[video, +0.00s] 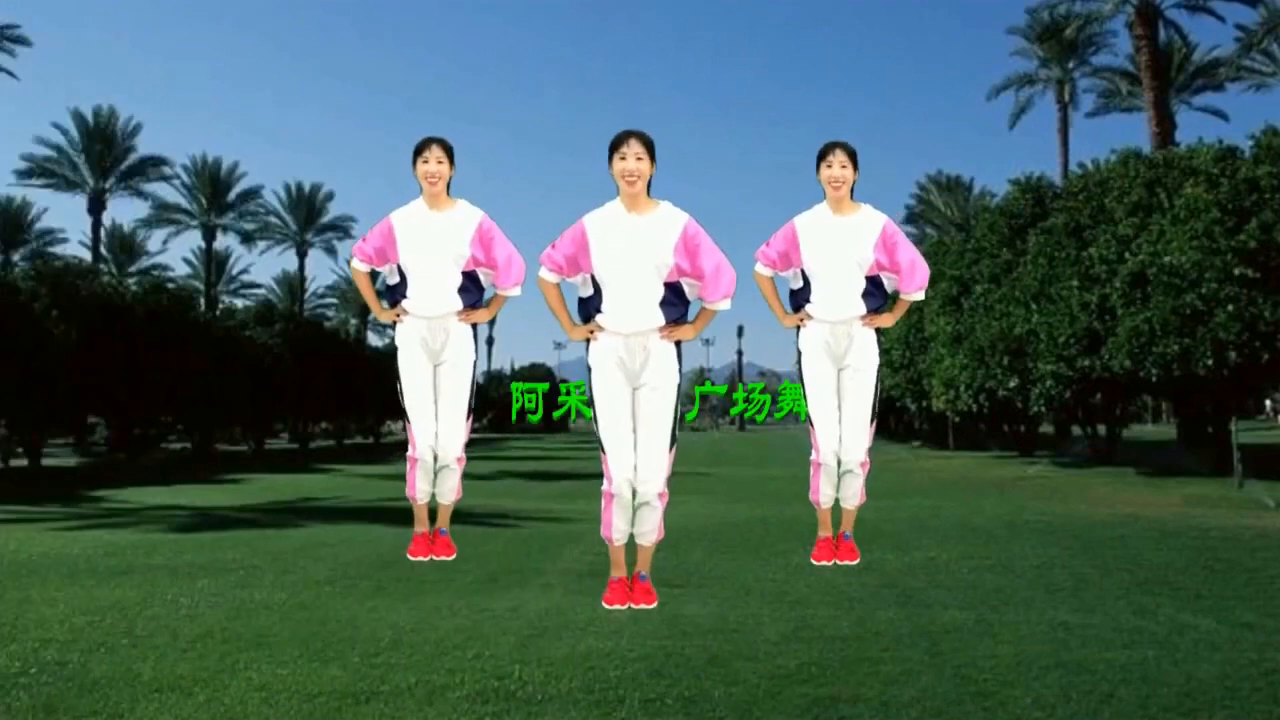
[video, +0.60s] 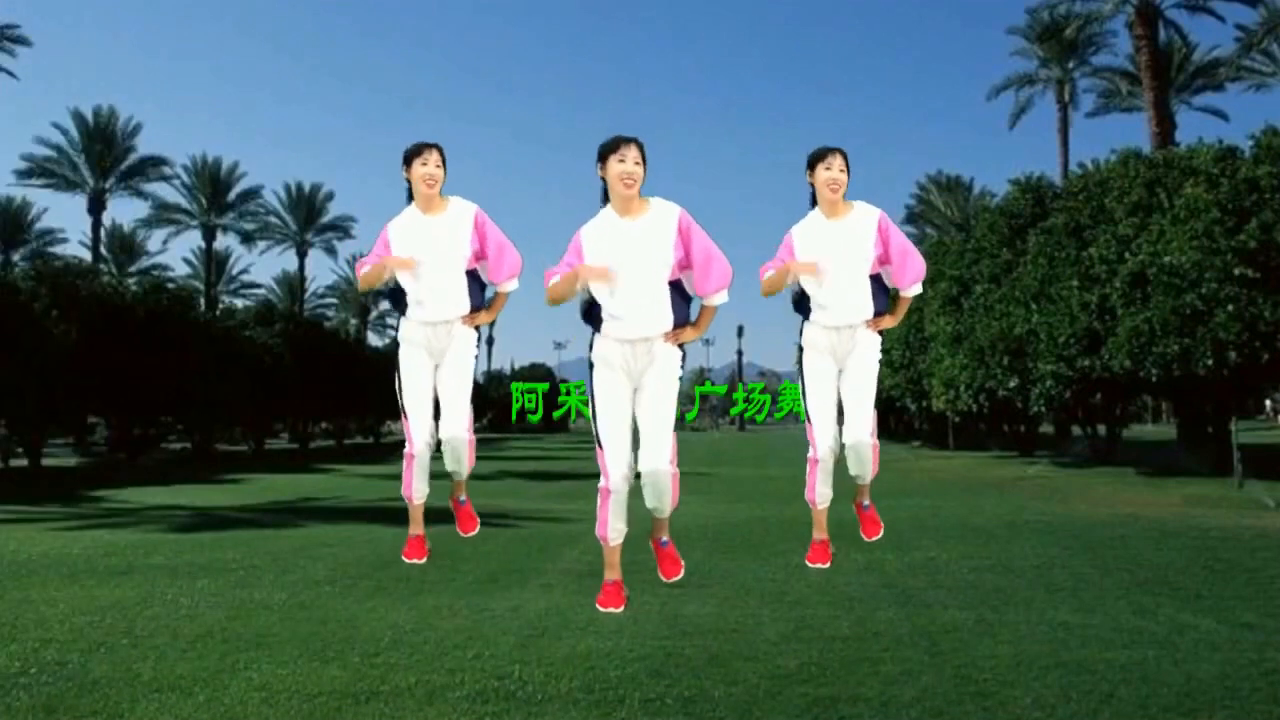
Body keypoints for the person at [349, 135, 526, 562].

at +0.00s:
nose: (433, 168)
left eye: (440, 161)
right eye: (425, 162)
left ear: (451, 169)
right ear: (415, 170)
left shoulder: (472, 218)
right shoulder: (400, 220)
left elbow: (513, 267)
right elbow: (358, 262)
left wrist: (489, 310)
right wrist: (379, 309)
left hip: (458, 330)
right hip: (413, 329)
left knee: (452, 432)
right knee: (421, 431)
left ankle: (443, 528)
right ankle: (421, 529)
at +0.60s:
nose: (431, 170)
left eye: (437, 164)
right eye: (423, 164)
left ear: (445, 174)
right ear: (408, 174)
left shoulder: (468, 215)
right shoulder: (397, 227)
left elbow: (509, 262)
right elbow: (364, 282)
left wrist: (491, 310)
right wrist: (386, 265)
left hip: (459, 330)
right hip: (415, 332)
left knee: (456, 431)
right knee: (419, 432)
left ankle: (459, 496)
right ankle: (416, 529)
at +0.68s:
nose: (433, 163)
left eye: (439, 157)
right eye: (425, 157)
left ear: (446, 165)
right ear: (409, 164)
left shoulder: (468, 203)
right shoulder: (397, 214)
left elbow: (512, 250)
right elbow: (366, 260)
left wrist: (496, 296)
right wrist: (391, 211)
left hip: (464, 320)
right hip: (420, 325)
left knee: (470, 426)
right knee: (422, 429)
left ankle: (479, 493)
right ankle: (415, 529)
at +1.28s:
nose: (444, 146)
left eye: (449, 139)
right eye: (435, 140)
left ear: (458, 144)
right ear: (421, 148)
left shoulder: (485, 178)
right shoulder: (418, 188)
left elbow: (528, 220)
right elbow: (410, 219)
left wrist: (513, 272)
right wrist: (415, 167)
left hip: (483, 292)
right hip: (439, 295)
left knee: (489, 417)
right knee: (435, 412)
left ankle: (482, 459)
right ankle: (425, 517)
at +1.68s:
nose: (454, 155)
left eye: (457, 147)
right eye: (444, 148)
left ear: (465, 153)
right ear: (428, 157)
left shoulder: (491, 196)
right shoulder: (420, 200)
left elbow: (527, 243)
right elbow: (456, 213)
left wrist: (512, 286)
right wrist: (450, 157)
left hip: (484, 304)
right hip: (440, 305)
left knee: (494, 425)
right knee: (436, 423)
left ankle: (492, 489)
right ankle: (427, 525)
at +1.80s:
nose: (457, 159)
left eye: (464, 153)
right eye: (449, 152)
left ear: (473, 160)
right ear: (434, 159)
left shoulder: (495, 198)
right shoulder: (426, 201)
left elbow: (532, 243)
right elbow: (472, 209)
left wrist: (521, 283)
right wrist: (502, 162)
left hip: (497, 304)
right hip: (454, 307)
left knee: (507, 421)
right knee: (451, 427)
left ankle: (517, 517)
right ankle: (431, 527)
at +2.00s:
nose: (463, 175)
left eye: (469, 169)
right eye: (455, 168)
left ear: (477, 176)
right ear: (440, 176)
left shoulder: (497, 218)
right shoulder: (433, 219)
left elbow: (539, 262)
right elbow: (478, 239)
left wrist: (521, 307)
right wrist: (534, 216)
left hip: (501, 333)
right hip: (457, 334)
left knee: (507, 437)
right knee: (458, 443)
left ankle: (516, 521)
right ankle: (431, 531)